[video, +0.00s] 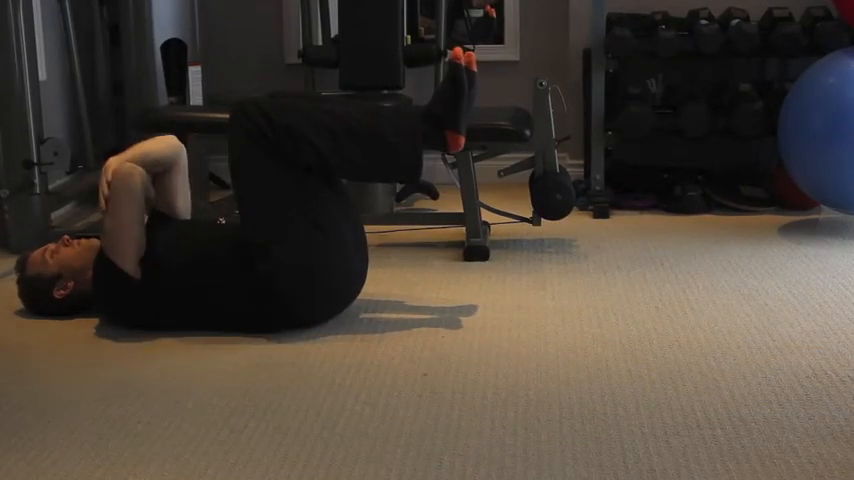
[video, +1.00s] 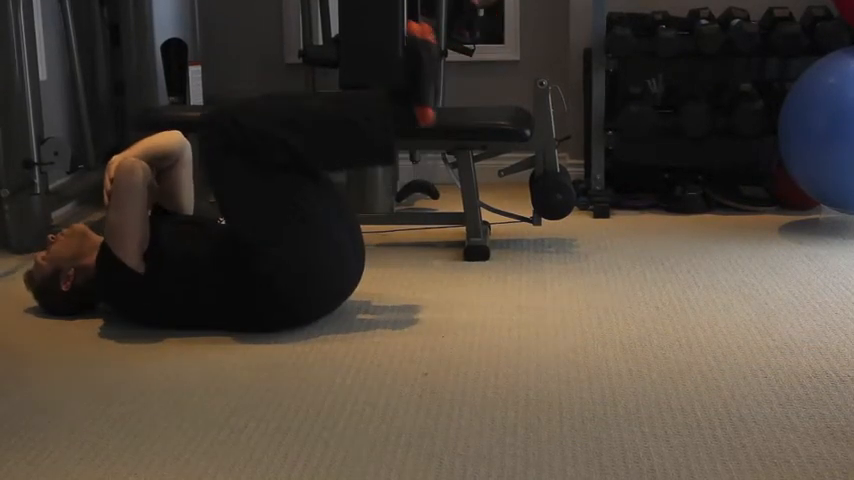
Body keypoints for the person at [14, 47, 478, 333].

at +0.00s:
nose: (68, 237)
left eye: (56, 238)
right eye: (54, 252)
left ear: (76, 238)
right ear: (66, 288)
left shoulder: (151, 251)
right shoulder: (118, 291)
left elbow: (171, 150)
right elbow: (124, 177)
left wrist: (117, 171)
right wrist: (118, 175)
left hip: (320, 264)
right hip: (298, 283)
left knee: (266, 118)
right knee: (257, 121)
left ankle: (426, 124)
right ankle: (429, 130)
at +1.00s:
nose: (57, 236)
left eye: (47, 241)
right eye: (51, 248)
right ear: (72, 278)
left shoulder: (153, 253)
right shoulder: (120, 283)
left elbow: (177, 144)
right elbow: (129, 171)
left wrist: (122, 167)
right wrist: (123, 170)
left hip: (320, 262)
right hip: (297, 276)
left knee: (229, 129)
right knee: (227, 132)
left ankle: (395, 104)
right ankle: (399, 116)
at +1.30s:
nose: (54, 241)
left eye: (46, 246)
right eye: (51, 251)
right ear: (72, 276)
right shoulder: (120, 284)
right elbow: (130, 165)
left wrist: (135, 163)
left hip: (325, 237)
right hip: (293, 256)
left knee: (161, 129)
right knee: (156, 135)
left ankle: (322, 65)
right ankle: (320, 67)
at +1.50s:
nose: (50, 242)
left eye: (42, 248)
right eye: (48, 253)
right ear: (70, 277)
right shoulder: (118, 285)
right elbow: (122, 170)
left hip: (323, 235)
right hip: (291, 257)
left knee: (158, 127)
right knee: (158, 140)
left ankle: (319, 67)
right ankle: (315, 70)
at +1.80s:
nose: (66, 232)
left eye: (54, 235)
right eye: (53, 245)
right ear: (65, 283)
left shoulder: (152, 254)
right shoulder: (115, 291)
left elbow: (173, 148)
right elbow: (116, 178)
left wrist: (115, 186)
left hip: (325, 268)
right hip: (297, 285)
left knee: (264, 125)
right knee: (252, 125)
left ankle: (416, 122)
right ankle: (413, 130)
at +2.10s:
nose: (98, 252)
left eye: (91, 251)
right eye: (87, 261)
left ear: (108, 257)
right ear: (94, 295)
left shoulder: (173, 250)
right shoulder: (147, 296)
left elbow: (173, 149)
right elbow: (126, 174)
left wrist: (136, 221)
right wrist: (141, 220)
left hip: (342, 258)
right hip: (335, 289)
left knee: (416, 130)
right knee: (410, 142)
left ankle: (529, 246)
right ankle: (534, 255)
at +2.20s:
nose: (105, 251)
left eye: (98, 249)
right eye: (94, 260)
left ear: (118, 257)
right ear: (103, 295)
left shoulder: (181, 256)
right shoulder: (159, 295)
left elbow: (184, 151)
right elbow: (139, 174)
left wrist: (158, 222)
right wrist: (151, 223)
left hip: (354, 259)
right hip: (343, 288)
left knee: (444, 136)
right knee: (432, 147)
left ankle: (546, 261)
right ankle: (541, 268)